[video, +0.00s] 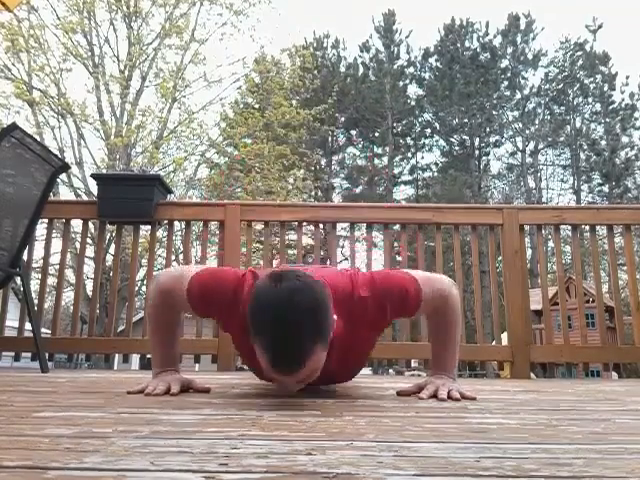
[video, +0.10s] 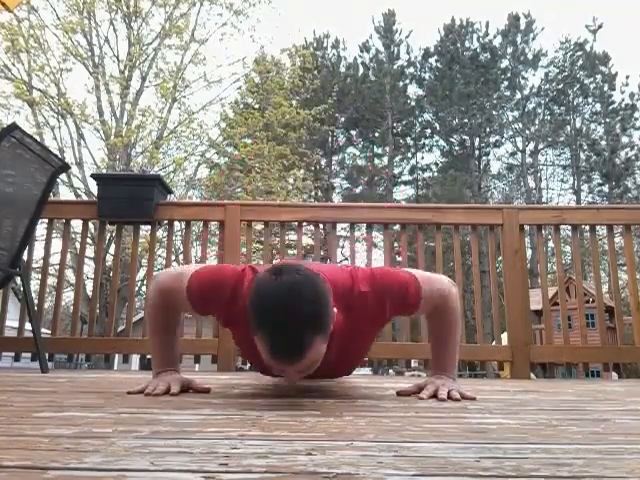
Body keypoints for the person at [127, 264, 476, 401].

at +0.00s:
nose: (290, 388)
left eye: (305, 377)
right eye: (273, 379)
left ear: (332, 328)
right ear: (248, 326)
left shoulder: (366, 295)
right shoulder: (231, 293)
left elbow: (443, 292)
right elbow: (165, 286)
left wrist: (443, 373)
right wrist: (165, 369)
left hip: (336, 366)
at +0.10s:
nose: (294, 378)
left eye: (307, 368)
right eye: (277, 370)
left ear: (331, 323)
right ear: (249, 323)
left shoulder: (366, 291)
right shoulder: (231, 289)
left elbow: (443, 294)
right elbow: (164, 287)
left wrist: (443, 374)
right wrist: (166, 369)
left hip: (336, 366)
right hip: (262, 363)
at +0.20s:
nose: (294, 320)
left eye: (306, 310)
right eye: (279, 311)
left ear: (330, 274)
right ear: (256, 276)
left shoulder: (367, 265)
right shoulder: (230, 263)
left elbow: (443, 293)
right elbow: (165, 290)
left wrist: (444, 375)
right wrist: (165, 370)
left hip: (338, 332)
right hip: (270, 337)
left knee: (328, 348)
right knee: (287, 352)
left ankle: (324, 357)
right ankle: (297, 356)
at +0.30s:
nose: (295, 278)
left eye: (307, 267)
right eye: (281, 268)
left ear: (333, 237)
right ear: (260, 240)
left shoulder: (370, 241)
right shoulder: (231, 242)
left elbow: (440, 293)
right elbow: (171, 289)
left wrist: (443, 376)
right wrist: (166, 369)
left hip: (336, 316)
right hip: (280, 319)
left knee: (326, 341)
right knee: (292, 343)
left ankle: (321, 357)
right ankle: (297, 356)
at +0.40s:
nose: (297, 239)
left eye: (311, 227)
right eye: (283, 227)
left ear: (333, 197)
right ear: (262, 201)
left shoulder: (374, 218)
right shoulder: (234, 218)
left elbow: (432, 291)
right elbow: (182, 287)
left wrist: (443, 375)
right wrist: (168, 371)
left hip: (337, 305)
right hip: (280, 304)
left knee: (326, 335)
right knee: (292, 336)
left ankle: (322, 356)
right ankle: (295, 357)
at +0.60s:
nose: (300, 229)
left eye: (314, 217)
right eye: (286, 217)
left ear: (335, 186)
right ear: (267, 189)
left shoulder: (375, 211)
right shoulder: (236, 212)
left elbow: (430, 293)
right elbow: (184, 286)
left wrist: (442, 375)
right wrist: (167, 370)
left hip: (338, 306)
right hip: (282, 306)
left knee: (327, 337)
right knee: (293, 340)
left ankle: (322, 358)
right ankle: (297, 358)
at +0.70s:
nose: (298, 314)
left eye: (312, 302)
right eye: (283, 303)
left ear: (335, 268)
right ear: (263, 271)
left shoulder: (375, 259)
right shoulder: (236, 259)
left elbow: (447, 296)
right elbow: (165, 290)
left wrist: (444, 375)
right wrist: (165, 370)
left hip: (338, 334)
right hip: (272, 334)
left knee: (323, 349)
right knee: (287, 349)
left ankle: (319, 357)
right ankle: (295, 355)